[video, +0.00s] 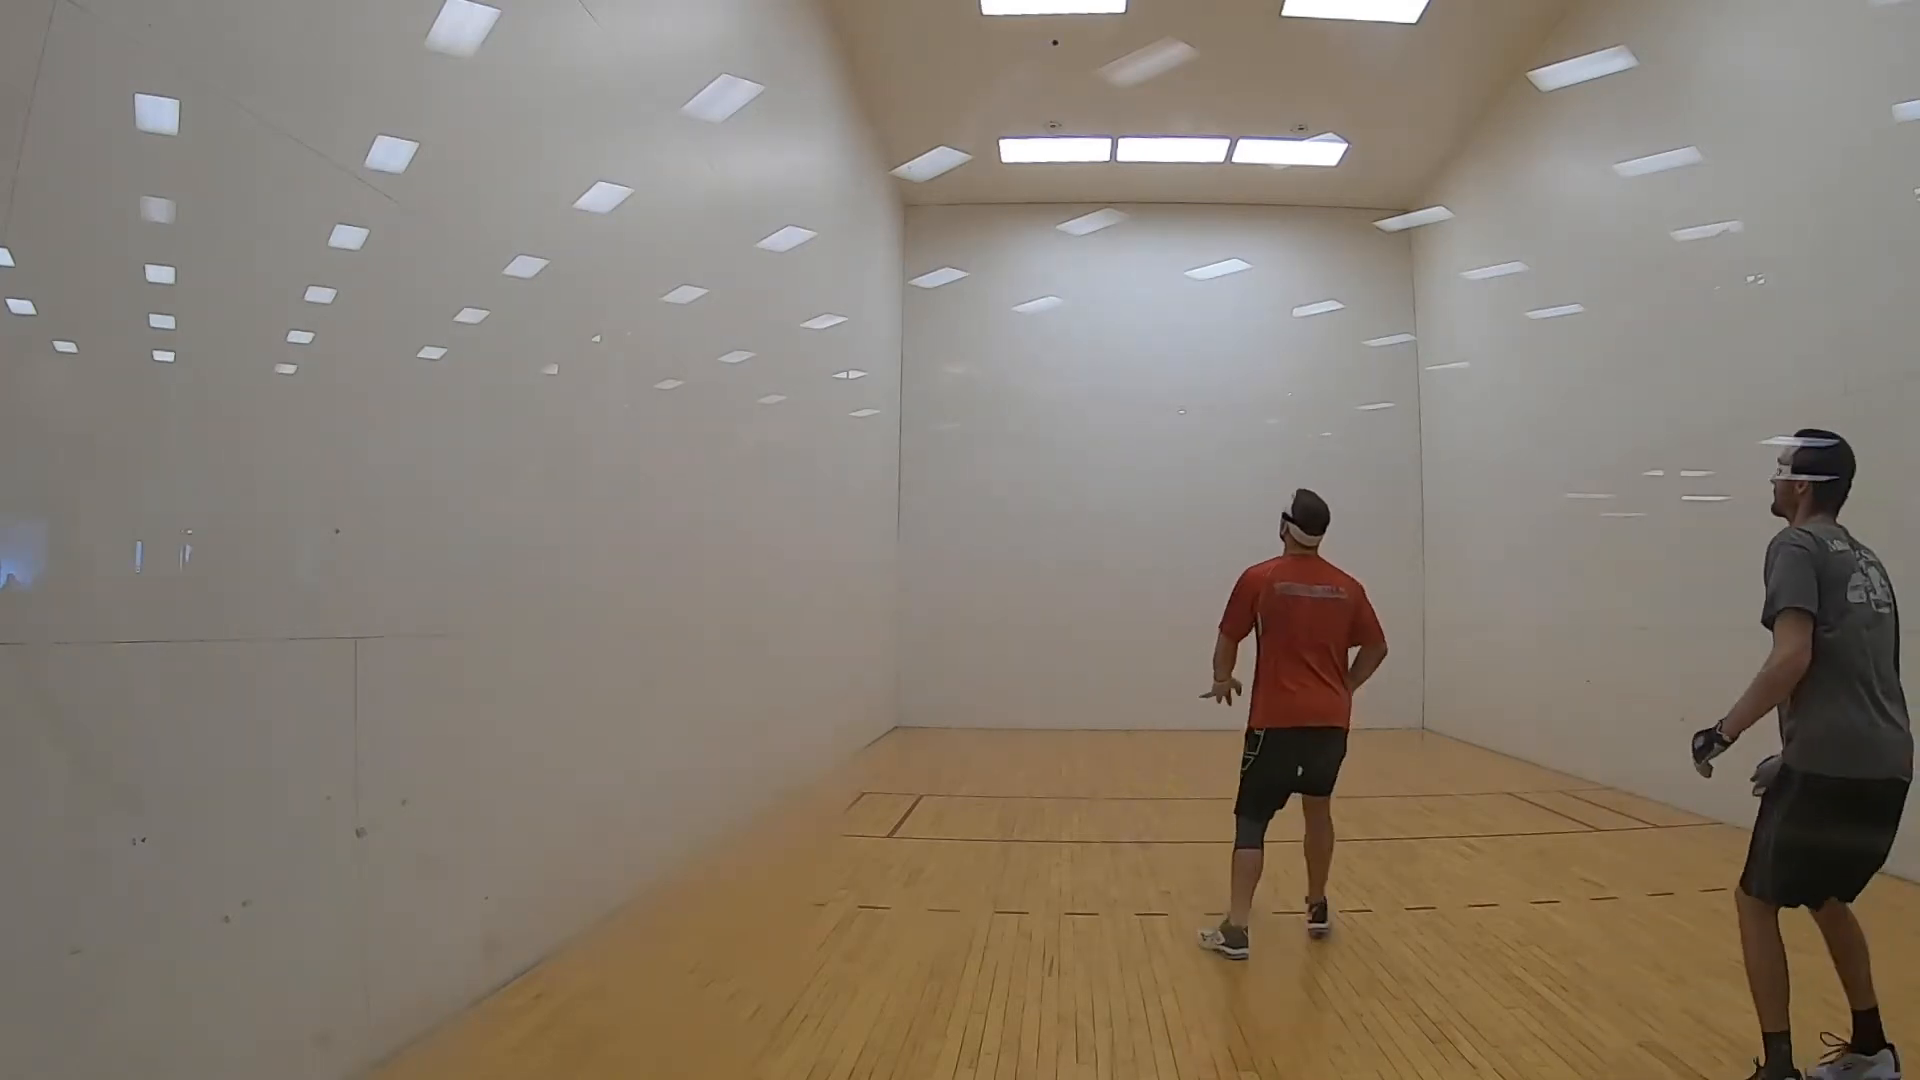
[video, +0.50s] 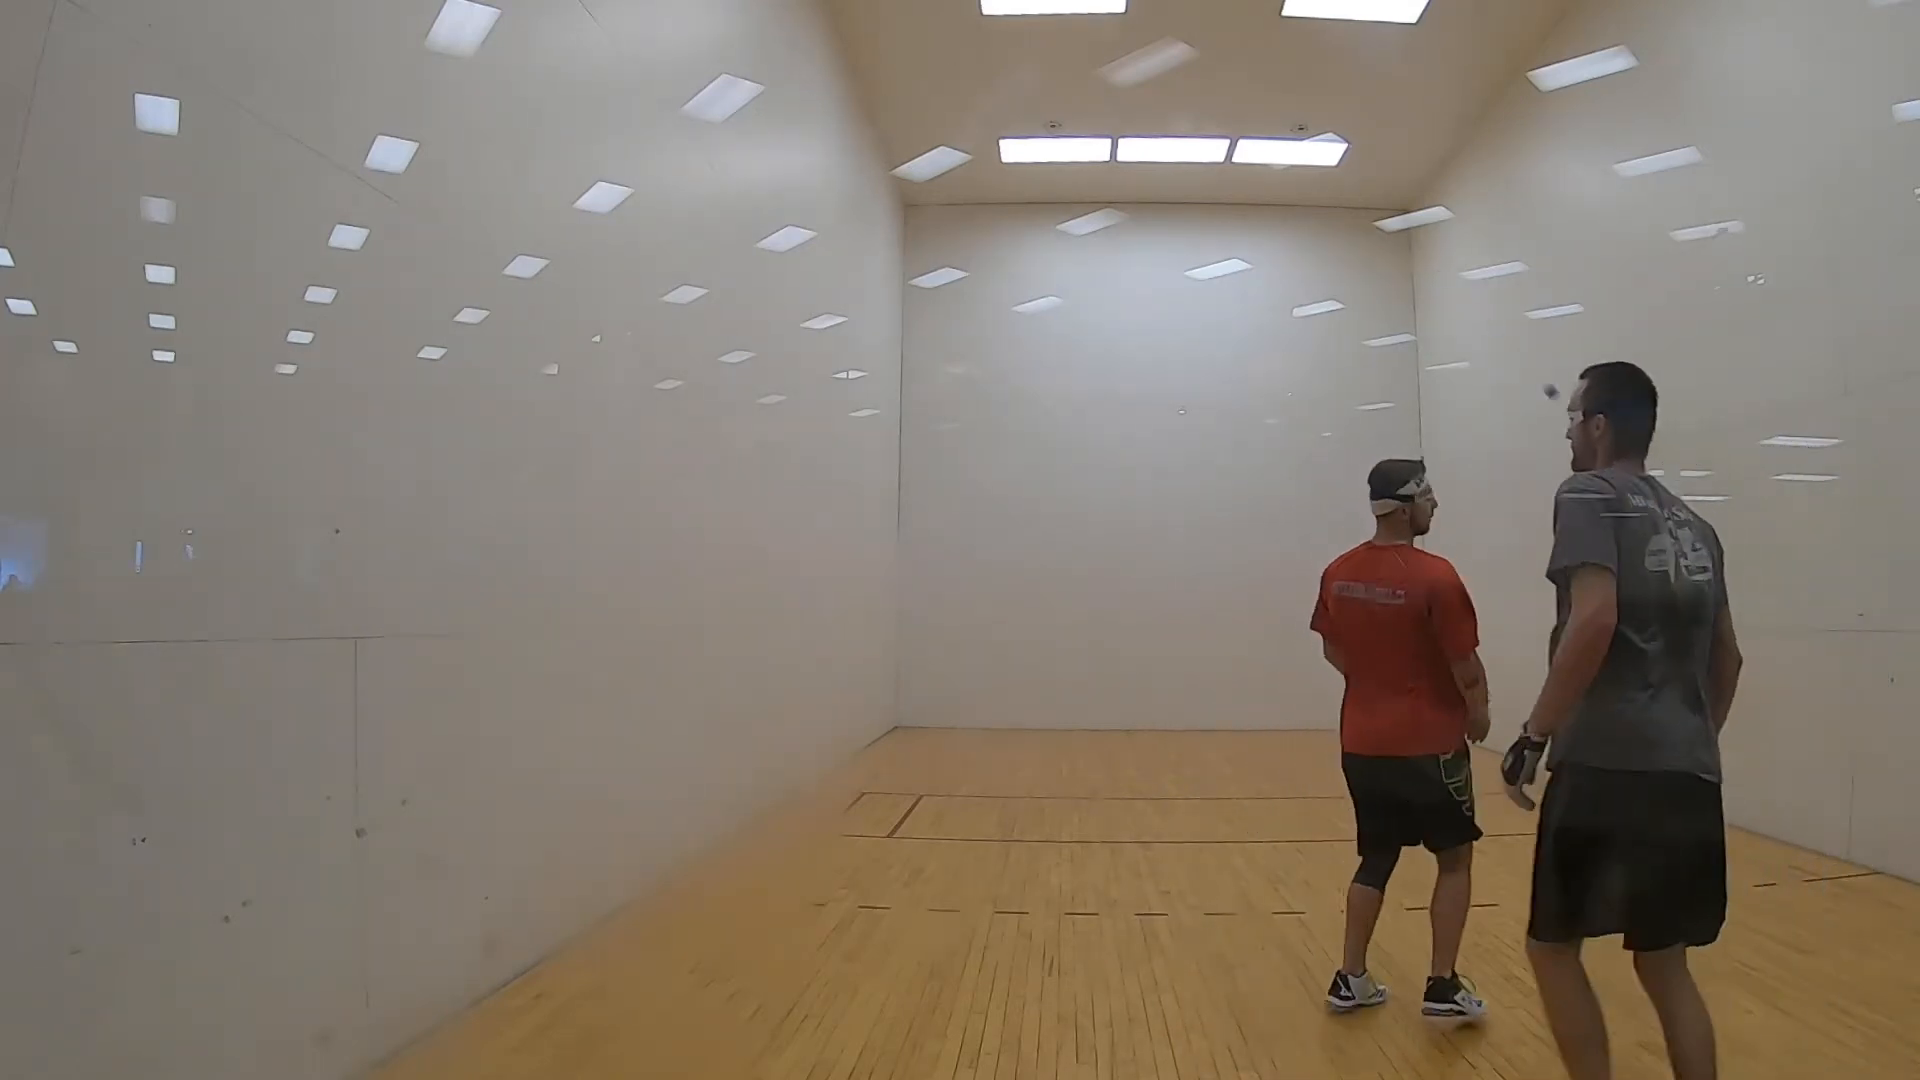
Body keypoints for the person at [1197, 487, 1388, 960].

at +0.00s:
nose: (1281, 527)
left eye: (1283, 522)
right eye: (1290, 523)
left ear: (1286, 528)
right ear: (1324, 534)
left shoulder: (1259, 579)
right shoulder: (1348, 587)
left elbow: (1227, 639)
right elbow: (1376, 648)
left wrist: (1223, 678)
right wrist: (1347, 687)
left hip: (1274, 722)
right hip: (1330, 722)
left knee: (1252, 819)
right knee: (1319, 807)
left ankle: (1236, 929)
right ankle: (1317, 905)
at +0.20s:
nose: (1325, 529)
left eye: (1326, 523)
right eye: (1336, 524)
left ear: (1328, 529)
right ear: (1370, 535)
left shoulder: (1299, 587)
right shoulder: (1395, 593)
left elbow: (1263, 648)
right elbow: (1424, 663)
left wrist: (1267, 681)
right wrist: (1393, 701)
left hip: (1312, 746)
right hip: (1375, 747)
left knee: (1281, 840)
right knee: (1366, 846)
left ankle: (1271, 950)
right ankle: (1392, 945)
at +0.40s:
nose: (1391, 494)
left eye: (1377, 486)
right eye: (1398, 486)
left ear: (1356, 490)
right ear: (1403, 492)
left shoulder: (1321, 554)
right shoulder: (1433, 558)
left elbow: (1310, 626)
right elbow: (1458, 645)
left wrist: (1346, 663)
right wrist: (1446, 692)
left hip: (1345, 719)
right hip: (1411, 720)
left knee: (1353, 831)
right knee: (1417, 843)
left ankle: (1338, 954)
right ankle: (1418, 958)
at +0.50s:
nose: (1434, 504)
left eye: (1431, 495)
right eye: (1427, 496)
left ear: (1380, 508)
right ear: (1406, 506)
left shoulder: (1339, 571)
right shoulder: (1435, 575)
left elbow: (1332, 651)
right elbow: (1465, 668)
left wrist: (1374, 682)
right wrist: (1478, 710)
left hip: (1364, 745)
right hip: (1430, 747)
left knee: (1376, 854)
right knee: (1454, 858)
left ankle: (1350, 978)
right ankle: (1442, 985)